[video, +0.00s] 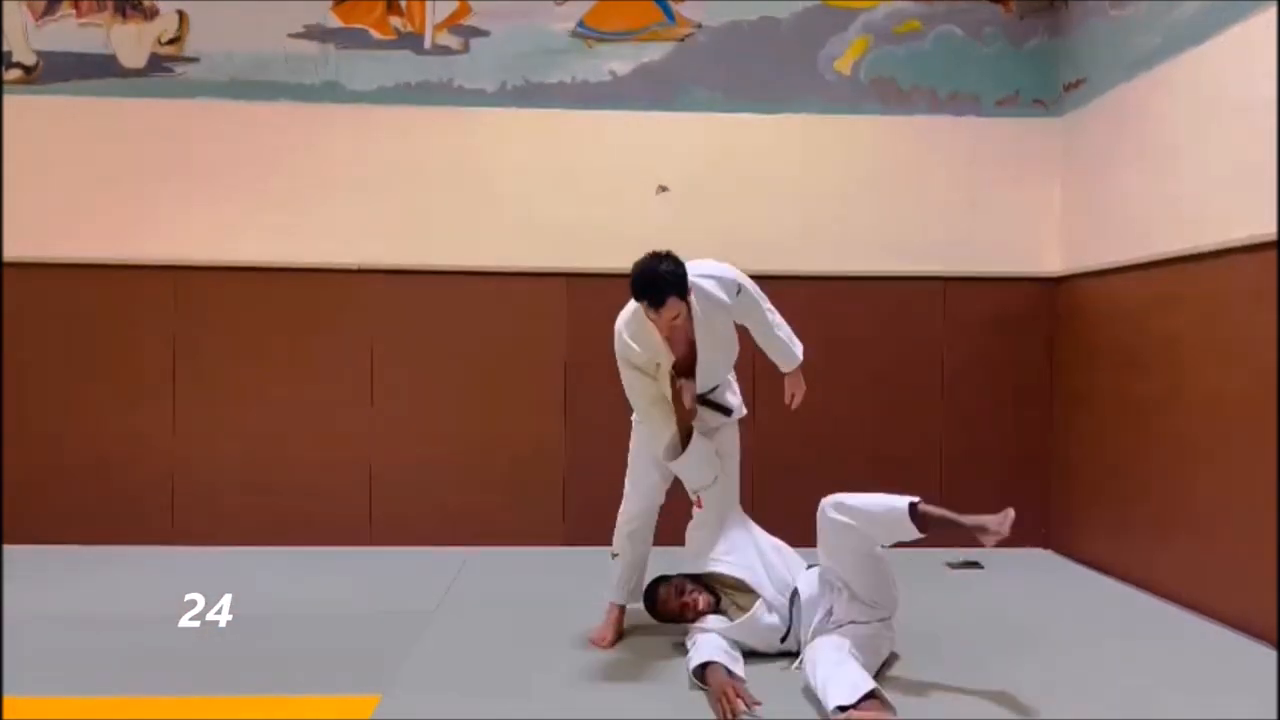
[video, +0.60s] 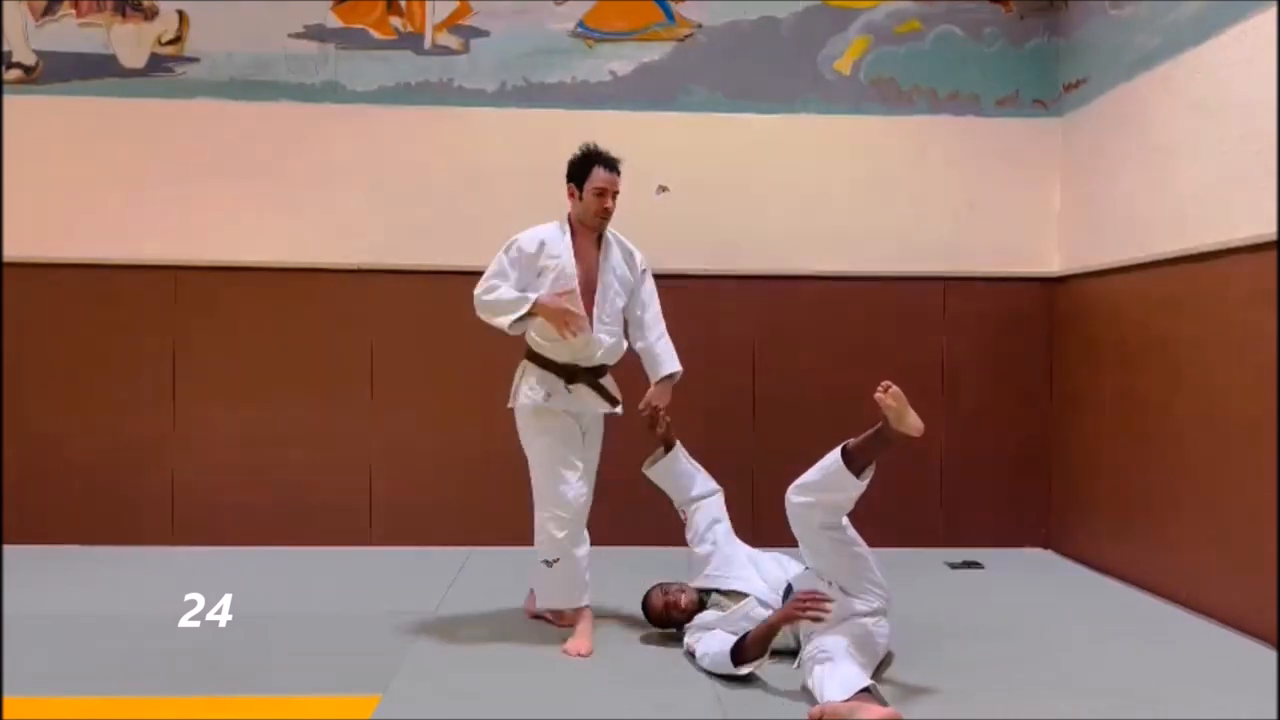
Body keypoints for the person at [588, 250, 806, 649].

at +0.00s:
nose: (669, 327)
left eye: (676, 317)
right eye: (658, 320)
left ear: (688, 293)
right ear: (643, 306)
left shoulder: (722, 286)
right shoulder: (629, 332)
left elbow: (762, 317)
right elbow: (649, 408)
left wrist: (790, 366)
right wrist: (687, 468)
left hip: (715, 410)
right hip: (657, 418)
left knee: (720, 508)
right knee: (637, 510)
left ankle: (702, 602)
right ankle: (616, 609)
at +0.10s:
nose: (660, 302)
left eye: (669, 292)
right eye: (650, 294)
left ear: (683, 270)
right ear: (636, 279)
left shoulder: (718, 276)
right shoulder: (621, 313)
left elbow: (758, 316)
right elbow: (632, 387)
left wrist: (784, 368)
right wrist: (664, 443)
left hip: (710, 399)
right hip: (648, 409)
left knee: (719, 502)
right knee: (631, 502)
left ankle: (704, 599)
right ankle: (609, 606)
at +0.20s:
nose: (646, 251)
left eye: (656, 239)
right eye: (636, 240)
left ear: (671, 231)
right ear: (623, 234)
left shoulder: (703, 265)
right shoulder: (602, 284)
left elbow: (738, 316)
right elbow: (588, 352)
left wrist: (762, 374)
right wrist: (620, 401)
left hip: (694, 403)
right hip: (631, 406)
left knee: (714, 503)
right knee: (612, 510)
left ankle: (702, 608)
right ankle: (589, 617)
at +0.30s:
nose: (629, 211)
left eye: (638, 200)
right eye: (619, 200)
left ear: (652, 200)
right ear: (604, 202)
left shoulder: (674, 255)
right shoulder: (572, 258)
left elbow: (702, 317)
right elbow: (533, 312)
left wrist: (722, 376)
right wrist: (560, 363)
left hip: (661, 400)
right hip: (600, 402)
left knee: (707, 493)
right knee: (594, 517)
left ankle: (698, 601)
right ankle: (588, 620)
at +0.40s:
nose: (618, 187)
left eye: (626, 177)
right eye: (609, 176)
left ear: (636, 181)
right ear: (588, 177)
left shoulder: (655, 241)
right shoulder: (550, 223)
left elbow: (680, 308)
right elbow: (498, 254)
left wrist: (694, 362)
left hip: (637, 385)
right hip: (578, 387)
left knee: (660, 496)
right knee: (580, 511)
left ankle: (643, 571)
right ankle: (586, 618)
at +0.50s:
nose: (614, 192)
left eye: (621, 184)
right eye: (605, 182)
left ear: (627, 187)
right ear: (579, 182)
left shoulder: (637, 248)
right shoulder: (539, 230)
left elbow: (663, 315)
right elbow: (486, 270)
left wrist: (688, 369)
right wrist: (527, 272)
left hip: (616, 384)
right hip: (563, 384)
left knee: (617, 496)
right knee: (574, 499)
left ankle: (577, 582)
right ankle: (585, 616)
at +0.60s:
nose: (609, 203)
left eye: (615, 194)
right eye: (600, 193)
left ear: (619, 196)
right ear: (572, 193)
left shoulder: (626, 258)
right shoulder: (535, 245)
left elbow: (648, 323)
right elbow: (487, 297)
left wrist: (664, 379)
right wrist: (537, 306)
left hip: (595, 390)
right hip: (543, 385)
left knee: (574, 499)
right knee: (565, 499)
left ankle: (545, 594)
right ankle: (581, 611)